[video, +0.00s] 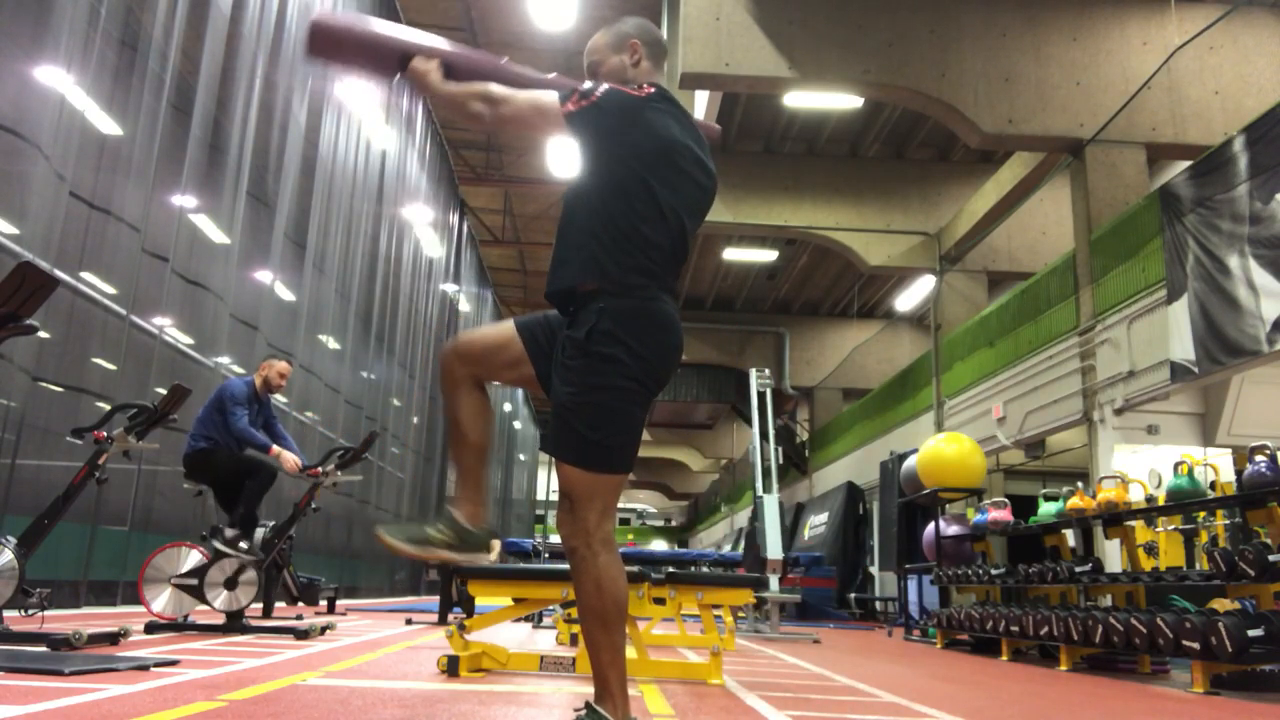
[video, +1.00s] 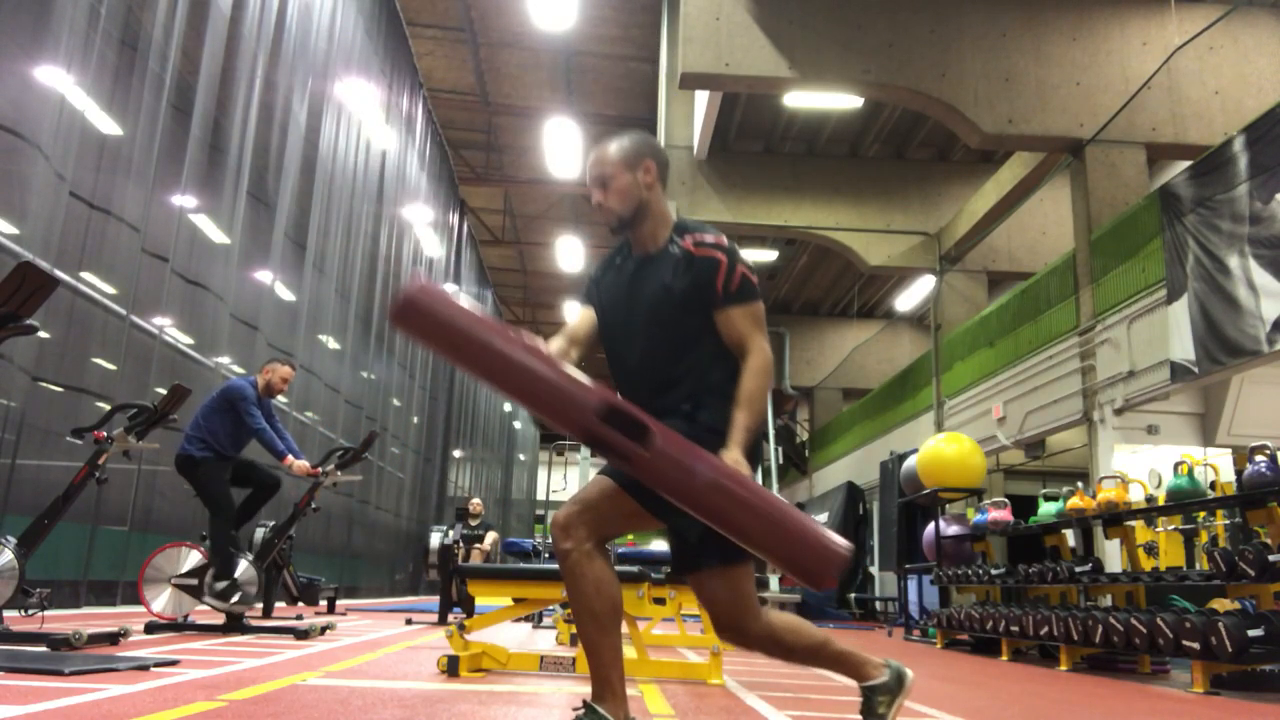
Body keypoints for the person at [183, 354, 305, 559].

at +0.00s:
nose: (283, 384)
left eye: (286, 380)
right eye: (280, 376)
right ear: (263, 369)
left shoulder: (263, 403)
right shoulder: (235, 389)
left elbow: (277, 433)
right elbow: (239, 428)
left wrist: (302, 465)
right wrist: (278, 452)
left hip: (223, 461)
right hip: (202, 456)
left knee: (248, 517)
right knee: (264, 471)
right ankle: (233, 531)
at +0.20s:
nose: (282, 383)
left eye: (286, 380)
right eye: (280, 376)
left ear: (284, 382)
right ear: (262, 369)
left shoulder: (262, 398)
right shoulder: (239, 389)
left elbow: (275, 428)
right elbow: (256, 427)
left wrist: (299, 461)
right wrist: (289, 459)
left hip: (228, 461)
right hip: (204, 459)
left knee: (271, 497)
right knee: (246, 505)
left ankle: (226, 535)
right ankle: (233, 572)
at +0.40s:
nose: (286, 384)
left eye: (290, 380)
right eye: (284, 377)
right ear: (266, 370)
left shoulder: (265, 397)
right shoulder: (243, 388)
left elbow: (277, 428)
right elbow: (259, 428)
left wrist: (299, 460)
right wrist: (290, 461)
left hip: (227, 460)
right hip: (202, 459)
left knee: (274, 481)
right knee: (231, 511)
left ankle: (246, 537)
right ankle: (200, 573)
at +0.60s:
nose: (283, 388)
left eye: (287, 384)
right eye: (281, 380)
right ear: (265, 372)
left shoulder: (265, 403)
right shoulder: (239, 389)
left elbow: (280, 432)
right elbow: (256, 430)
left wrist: (300, 462)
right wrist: (288, 461)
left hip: (212, 458)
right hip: (191, 452)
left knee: (243, 514)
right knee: (243, 477)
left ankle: (237, 564)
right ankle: (204, 531)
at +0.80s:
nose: (282, 389)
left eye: (285, 385)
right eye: (280, 382)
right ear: (263, 374)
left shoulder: (262, 404)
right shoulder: (236, 390)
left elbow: (278, 432)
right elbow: (255, 430)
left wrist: (301, 462)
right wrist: (287, 461)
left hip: (211, 456)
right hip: (190, 452)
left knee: (242, 510)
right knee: (246, 477)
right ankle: (232, 538)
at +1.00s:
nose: (285, 388)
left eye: (288, 384)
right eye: (283, 381)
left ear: (275, 380)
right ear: (266, 373)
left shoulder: (262, 400)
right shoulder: (241, 389)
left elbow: (278, 430)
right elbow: (259, 428)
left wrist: (302, 462)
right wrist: (288, 461)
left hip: (223, 460)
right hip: (198, 458)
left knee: (270, 483)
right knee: (224, 510)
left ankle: (228, 528)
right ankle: (221, 581)